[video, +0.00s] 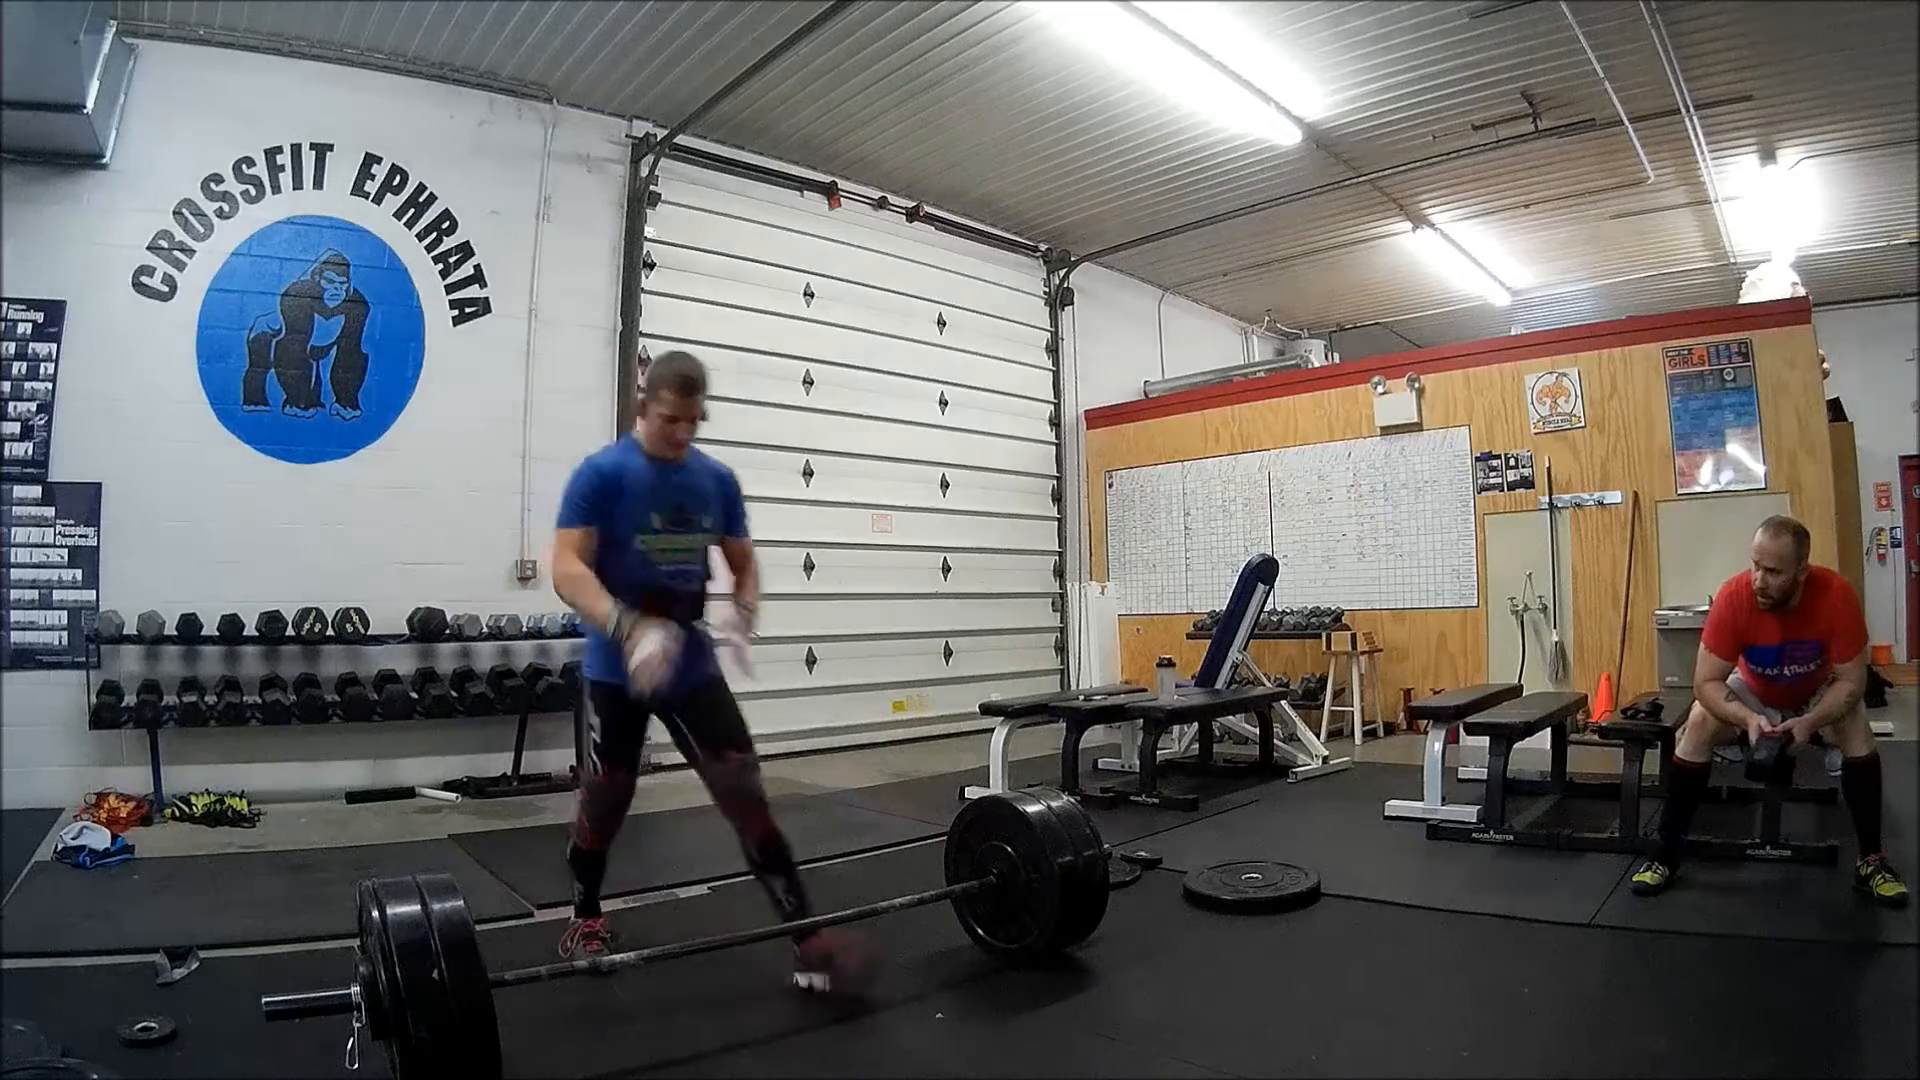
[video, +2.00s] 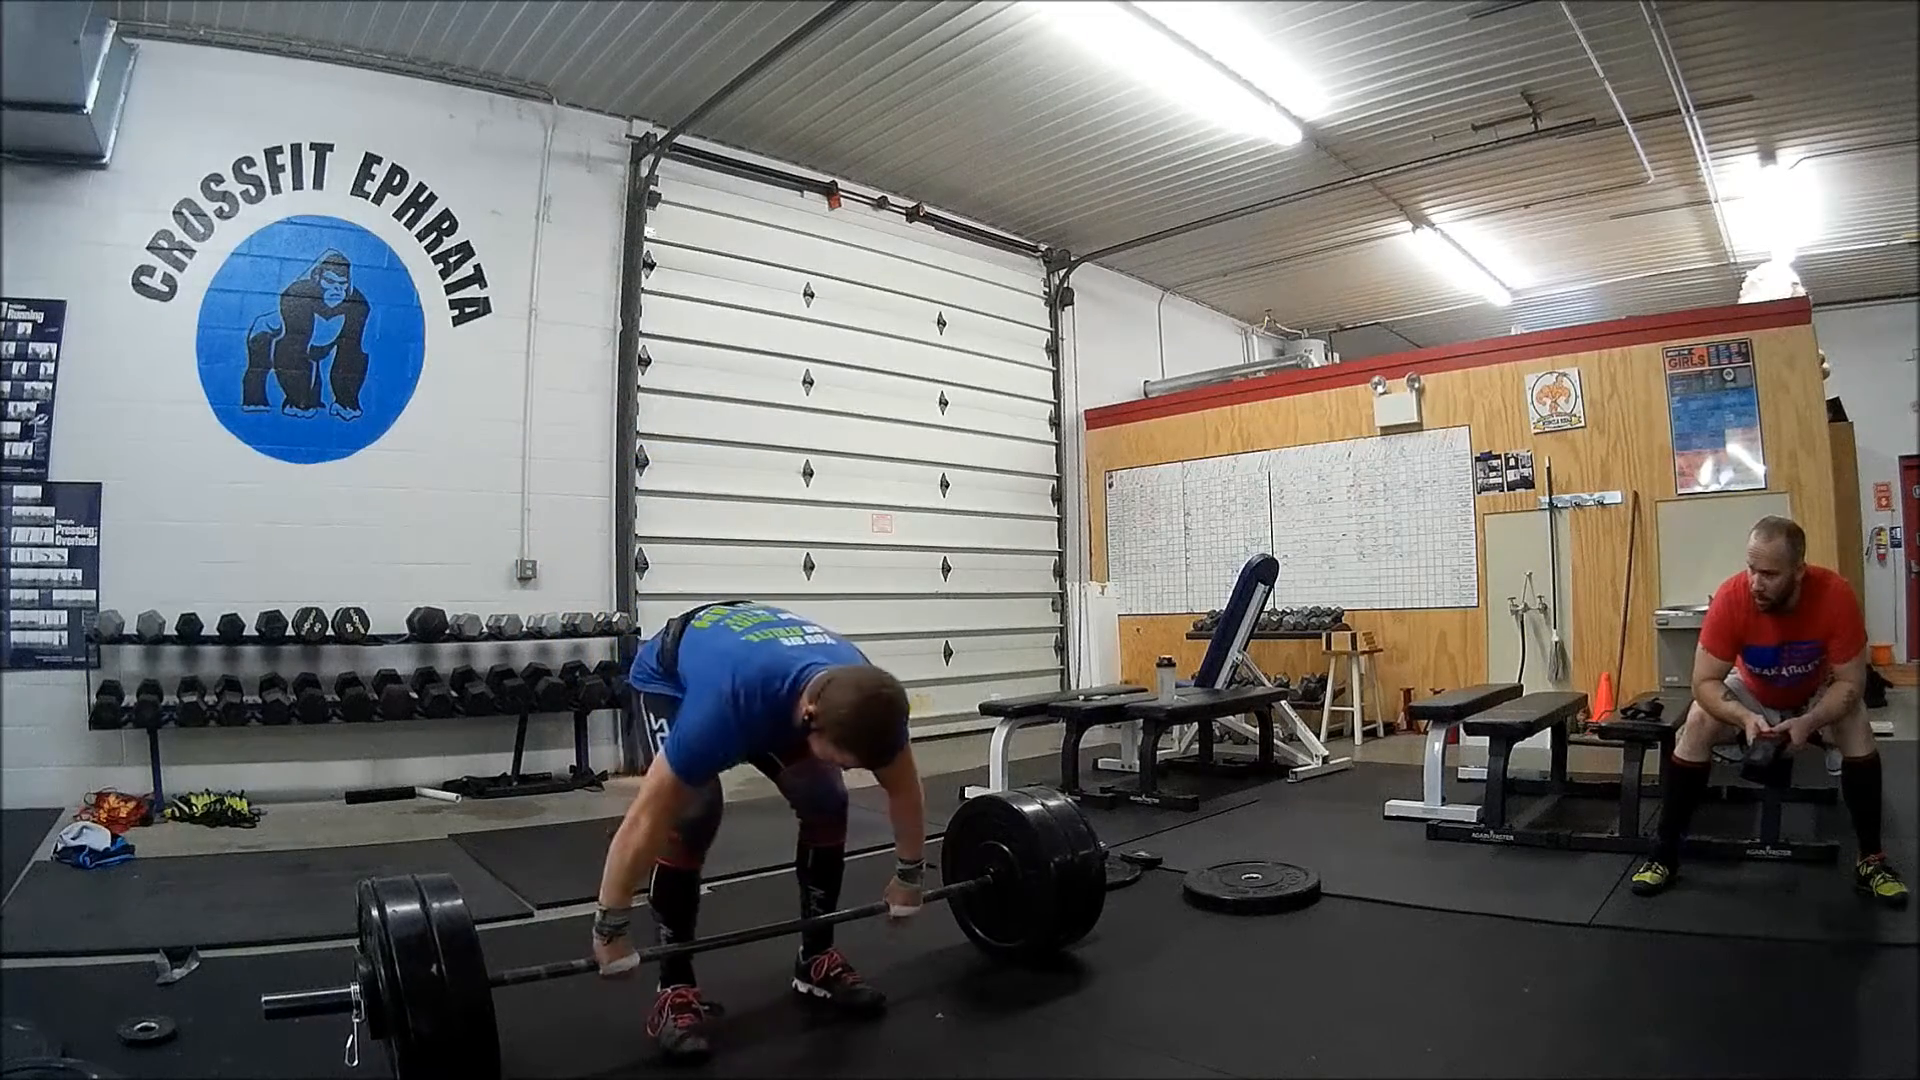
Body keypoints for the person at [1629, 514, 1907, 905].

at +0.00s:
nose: (1759, 580)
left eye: (1772, 572)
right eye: (1755, 566)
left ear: (1803, 570)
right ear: (1750, 558)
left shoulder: (1835, 595)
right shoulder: (1733, 597)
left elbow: (1851, 681)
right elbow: (1706, 683)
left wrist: (1810, 721)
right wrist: (1746, 719)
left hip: (1816, 695)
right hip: (1752, 694)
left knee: (1854, 723)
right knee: (1698, 722)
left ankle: (1871, 860)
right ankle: (1665, 857)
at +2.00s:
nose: (1757, 584)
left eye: (1769, 575)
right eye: (1752, 570)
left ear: (1799, 568)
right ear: (1747, 562)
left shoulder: (1834, 595)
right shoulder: (1731, 598)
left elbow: (1851, 682)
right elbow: (1704, 683)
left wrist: (1808, 722)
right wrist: (1743, 718)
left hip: (1816, 695)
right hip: (1751, 694)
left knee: (1855, 724)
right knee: (1697, 722)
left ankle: (1871, 860)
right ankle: (1665, 857)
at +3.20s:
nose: (1757, 584)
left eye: (1769, 574)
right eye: (1752, 570)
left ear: (1799, 569)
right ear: (1747, 562)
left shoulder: (1834, 595)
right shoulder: (1731, 599)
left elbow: (1851, 682)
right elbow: (1704, 683)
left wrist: (1808, 722)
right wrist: (1743, 718)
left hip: (1816, 695)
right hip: (1753, 693)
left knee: (1854, 723)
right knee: (1698, 721)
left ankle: (1871, 860)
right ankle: (1664, 857)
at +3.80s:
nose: (1758, 583)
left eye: (1770, 574)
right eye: (1753, 570)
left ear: (1800, 569)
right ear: (1747, 561)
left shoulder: (1834, 595)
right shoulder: (1731, 598)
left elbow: (1850, 682)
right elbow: (1703, 683)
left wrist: (1810, 720)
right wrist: (1743, 718)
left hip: (1815, 695)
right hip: (1751, 692)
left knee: (1855, 723)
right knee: (1697, 721)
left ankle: (1871, 860)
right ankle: (1664, 857)